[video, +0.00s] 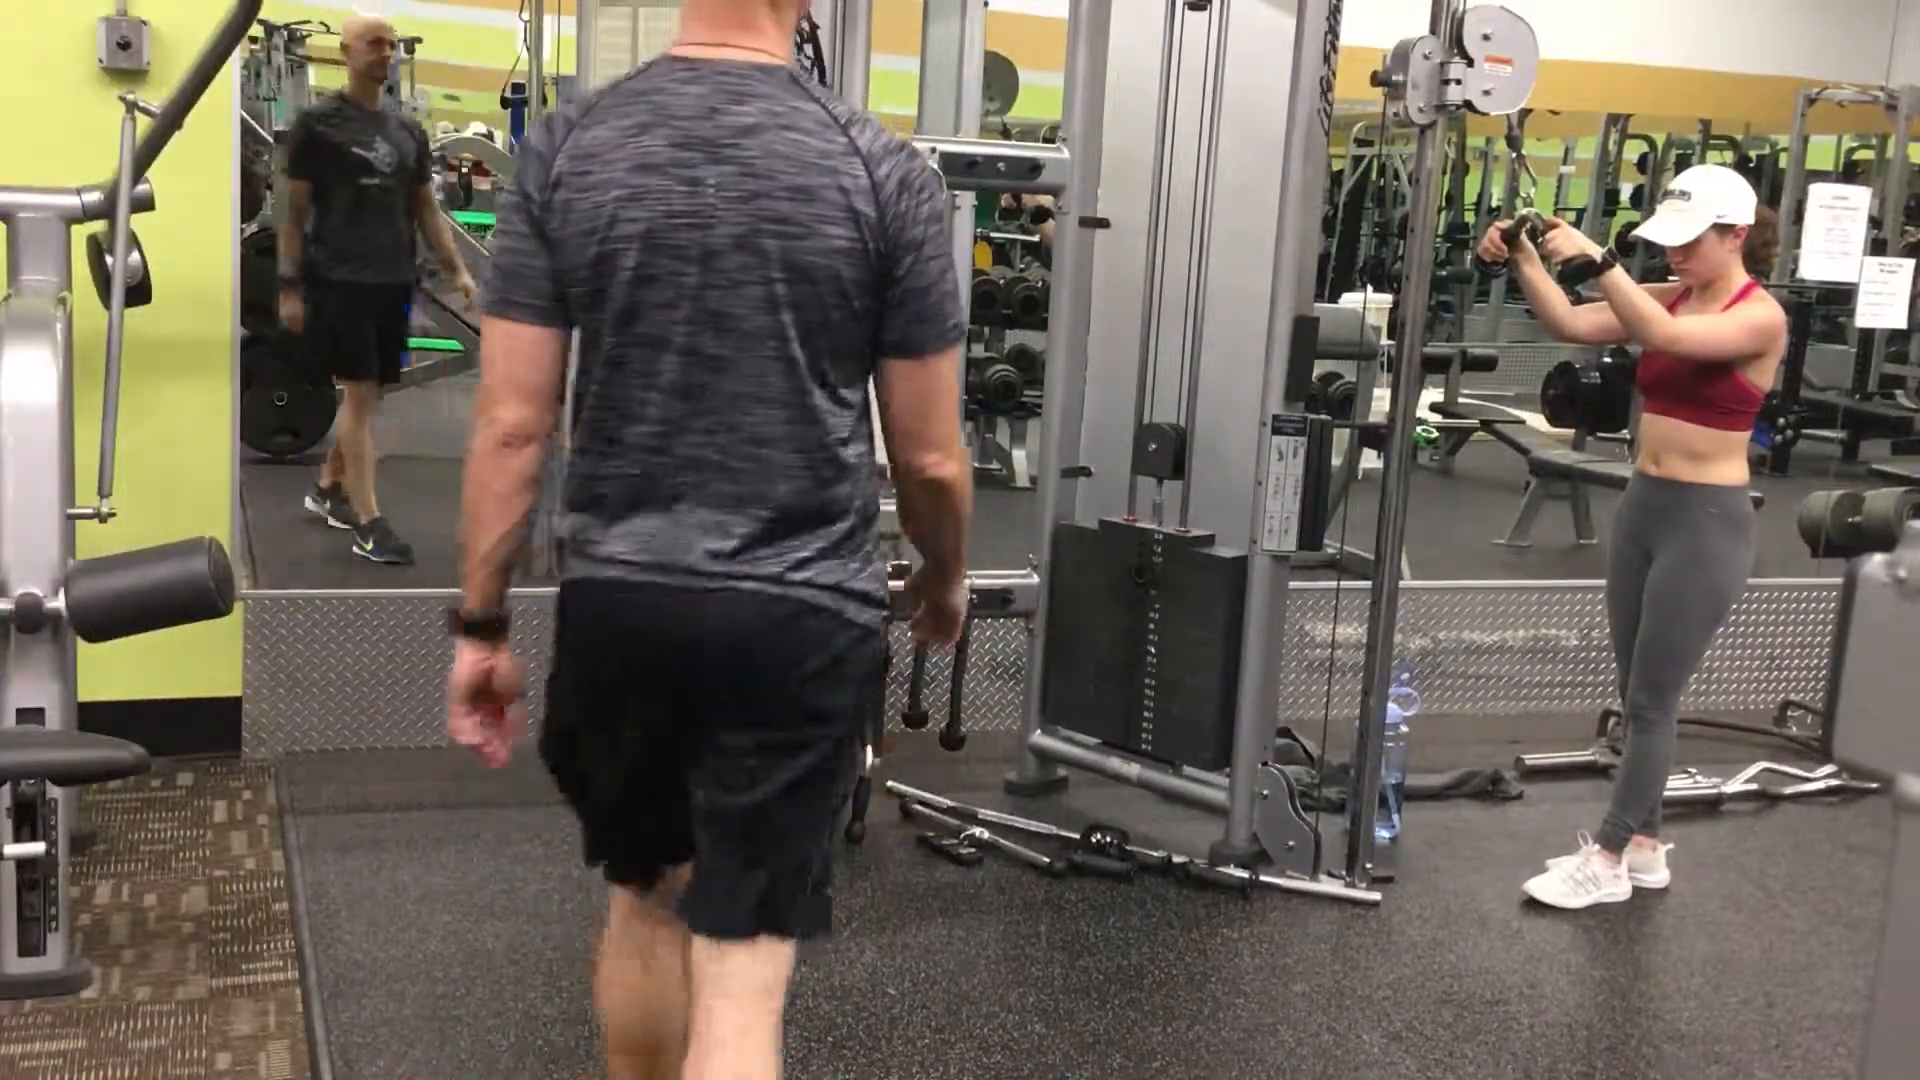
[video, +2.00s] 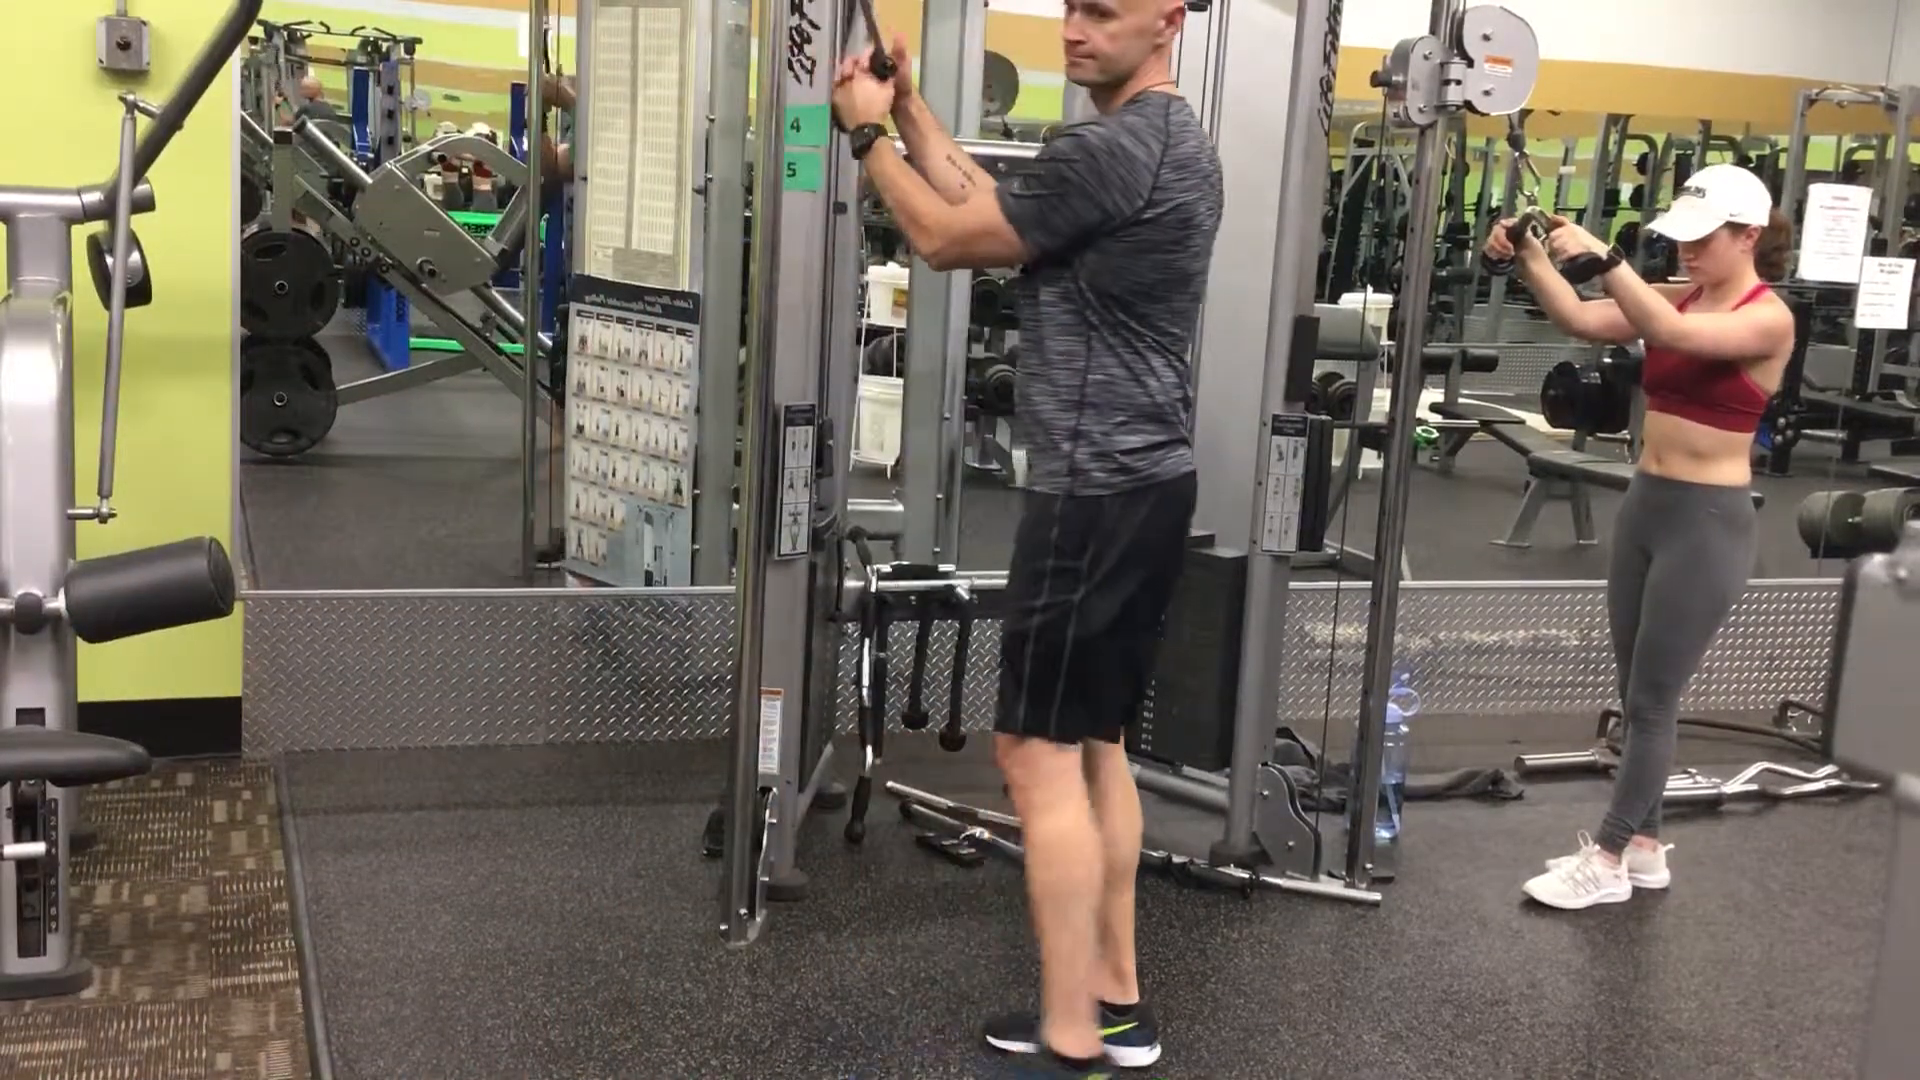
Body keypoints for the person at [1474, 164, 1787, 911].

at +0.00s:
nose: (1673, 255)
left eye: (1686, 241)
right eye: (1668, 242)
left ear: (1735, 236)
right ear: (1669, 241)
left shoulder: (1763, 317)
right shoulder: (1669, 299)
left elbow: (1666, 335)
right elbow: (1571, 322)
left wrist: (1596, 259)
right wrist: (1521, 258)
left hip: (1708, 524)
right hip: (1640, 510)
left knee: (1652, 700)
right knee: (1639, 694)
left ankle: (1607, 858)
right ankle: (1644, 845)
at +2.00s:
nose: (1683, 252)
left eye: (1699, 238)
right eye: (1680, 239)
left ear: (1748, 236)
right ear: (1682, 238)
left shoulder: (1771, 318)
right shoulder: (1678, 300)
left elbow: (1673, 330)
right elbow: (1584, 317)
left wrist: (1604, 256)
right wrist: (1527, 257)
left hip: (1709, 523)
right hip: (1642, 509)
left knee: (1652, 698)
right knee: (1639, 692)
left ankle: (1605, 859)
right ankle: (1646, 846)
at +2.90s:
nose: (1683, 252)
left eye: (1698, 239)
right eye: (1679, 239)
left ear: (1746, 237)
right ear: (1680, 238)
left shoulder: (1770, 317)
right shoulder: (1676, 301)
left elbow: (1671, 330)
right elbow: (1580, 316)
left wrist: (1602, 257)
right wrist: (1525, 258)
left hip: (1709, 523)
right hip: (1642, 508)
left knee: (1652, 699)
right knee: (1639, 693)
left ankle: (1606, 859)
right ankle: (1646, 846)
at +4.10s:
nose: (1682, 252)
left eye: (1697, 238)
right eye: (1678, 239)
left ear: (1746, 235)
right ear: (1679, 238)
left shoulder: (1769, 318)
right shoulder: (1676, 300)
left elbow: (1670, 330)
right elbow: (1579, 318)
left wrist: (1601, 256)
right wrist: (1526, 256)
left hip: (1709, 524)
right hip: (1642, 509)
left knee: (1651, 698)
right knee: (1639, 693)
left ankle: (1606, 859)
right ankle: (1646, 846)